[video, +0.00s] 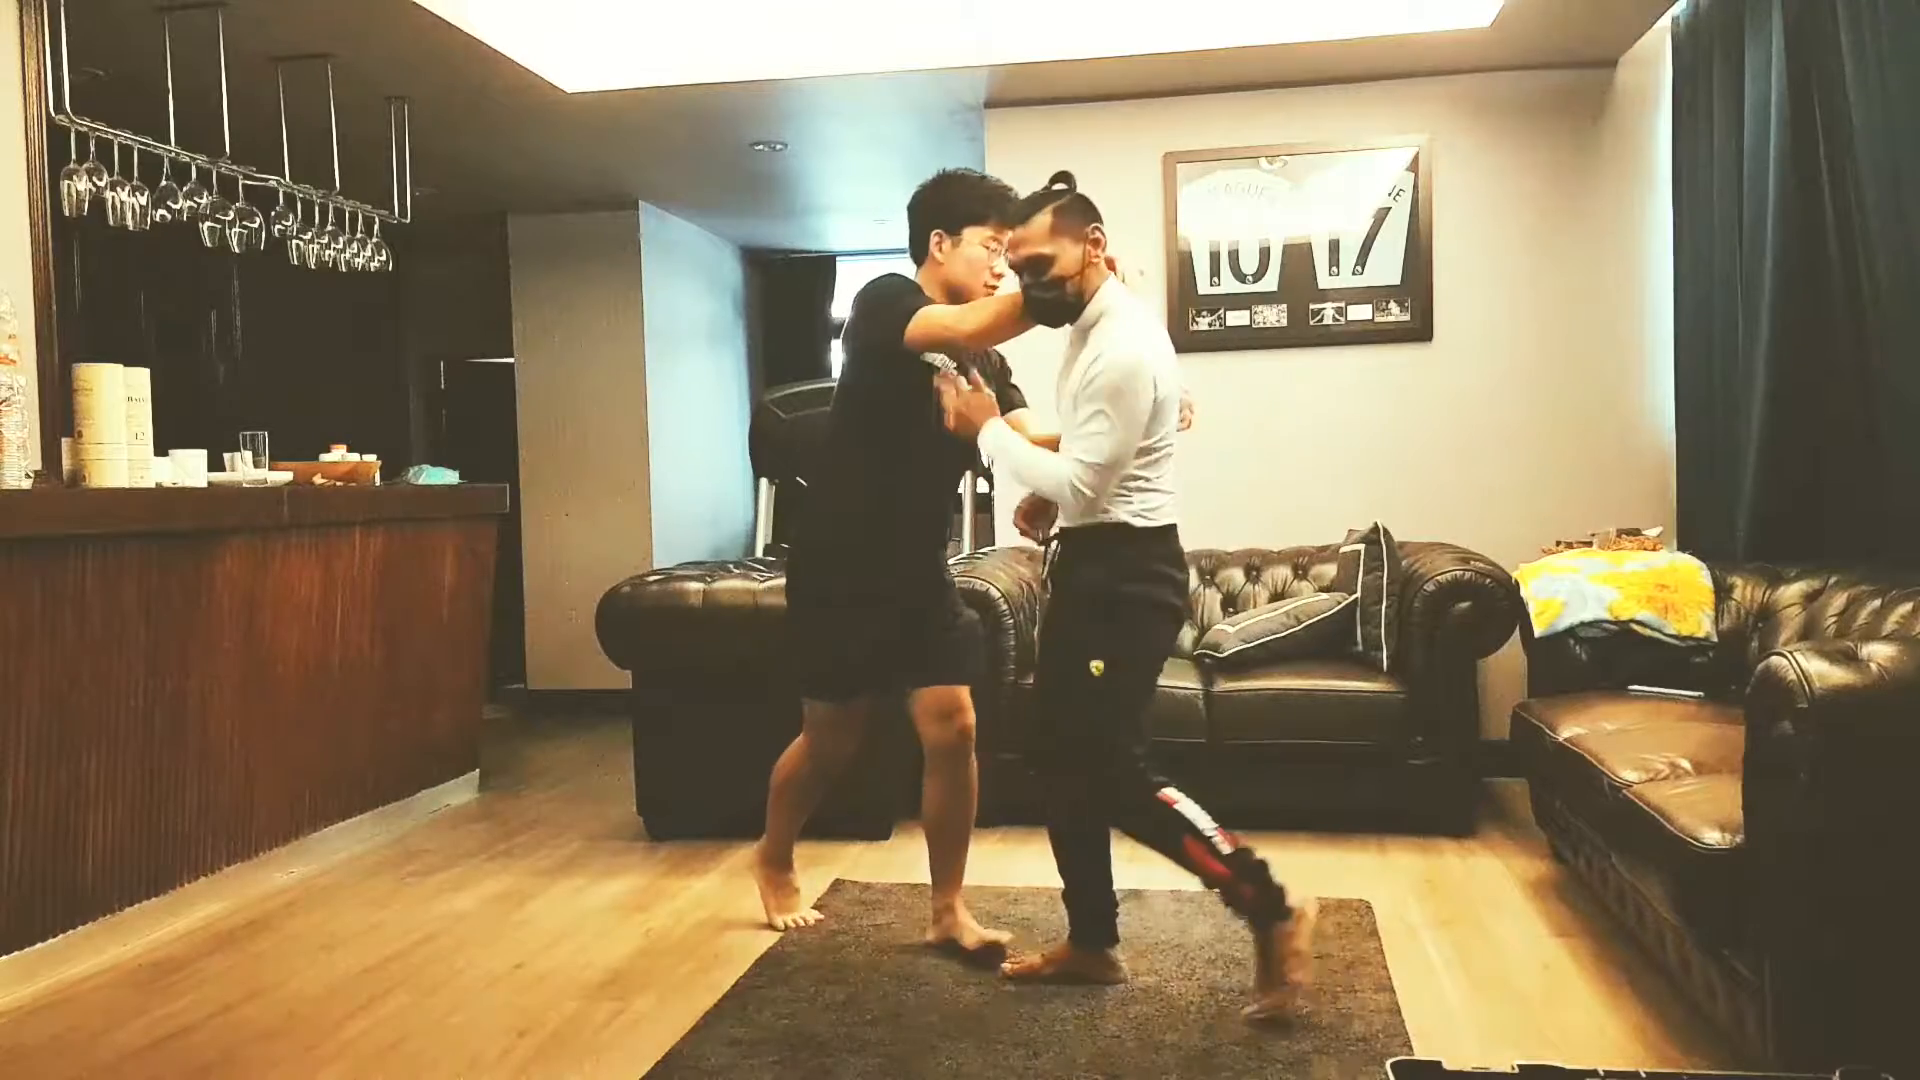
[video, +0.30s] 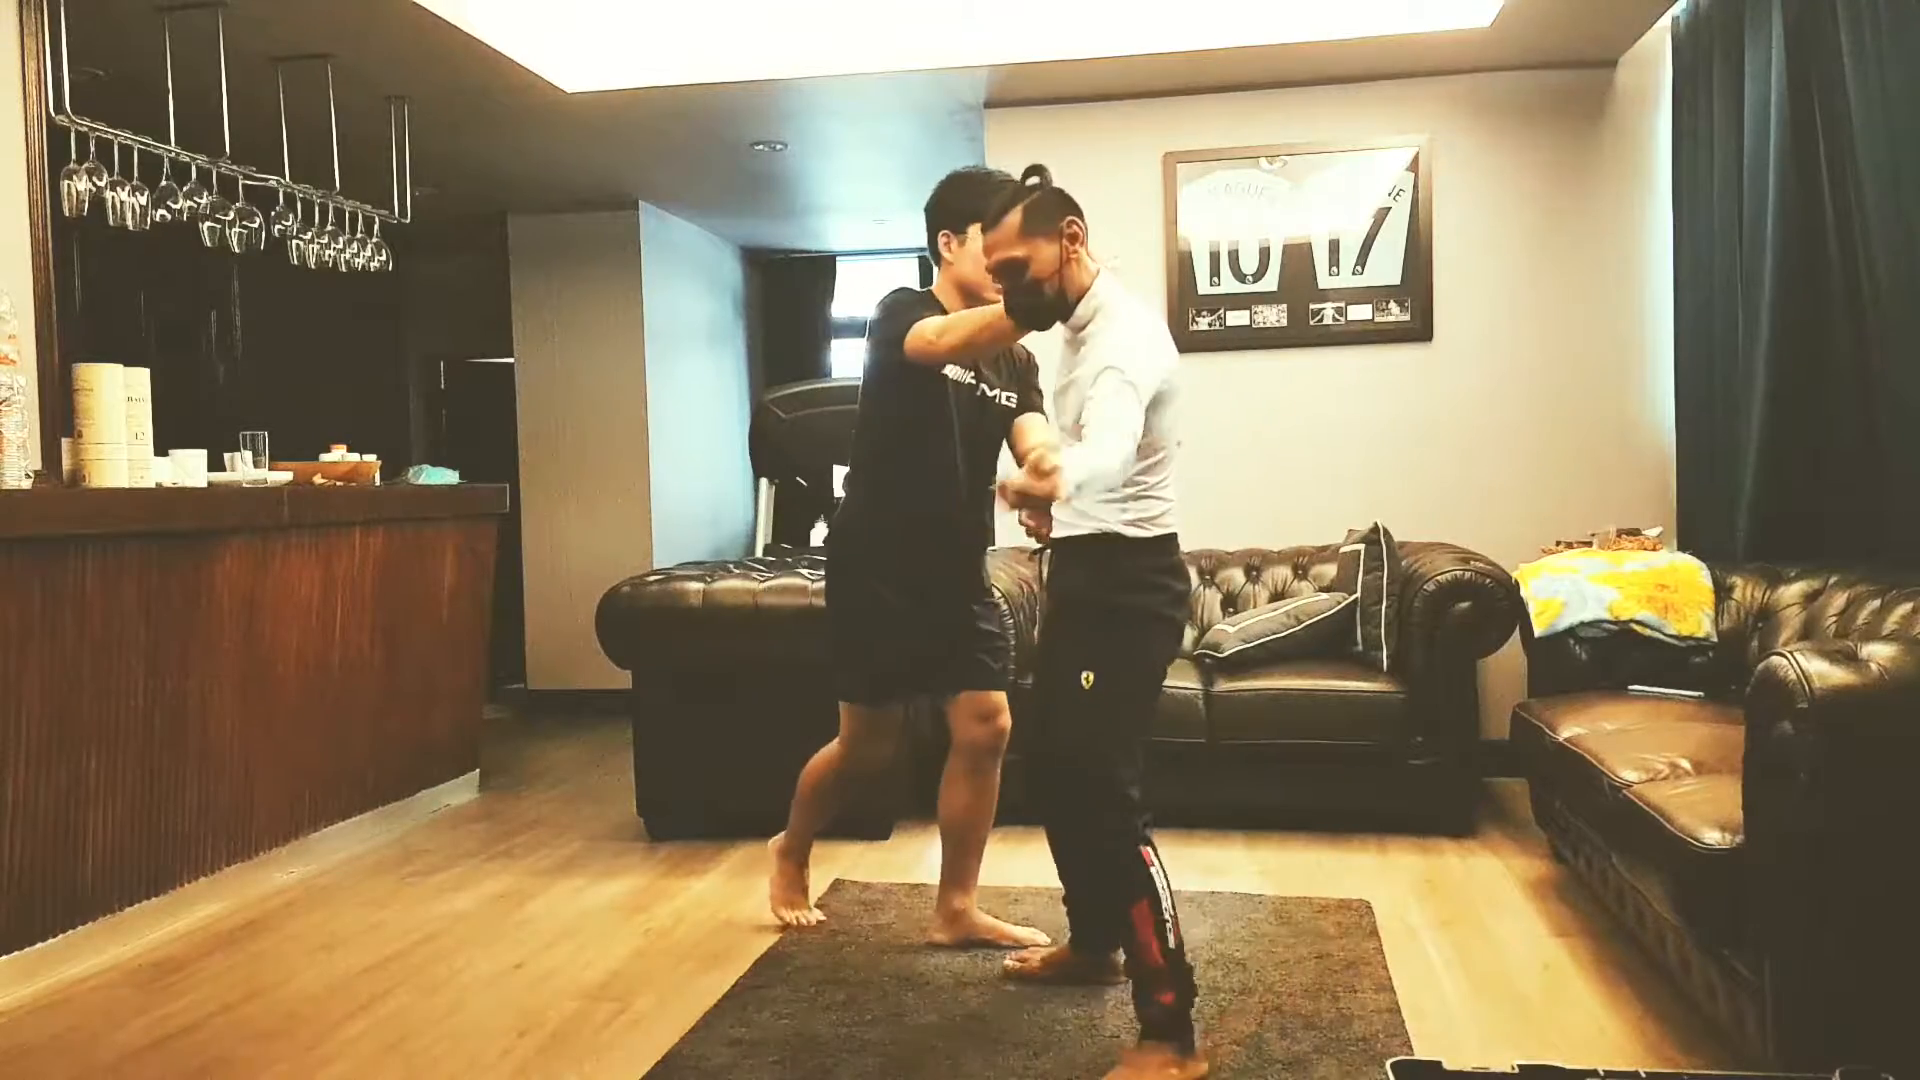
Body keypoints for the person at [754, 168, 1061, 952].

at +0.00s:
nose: (1003, 265)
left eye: (1006, 250)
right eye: (990, 245)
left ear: (966, 252)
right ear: (939, 242)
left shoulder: (977, 352)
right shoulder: (885, 298)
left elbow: (1030, 442)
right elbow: (971, 328)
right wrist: (1059, 279)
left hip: (919, 556)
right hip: (840, 553)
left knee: (952, 725)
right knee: (832, 737)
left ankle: (948, 908)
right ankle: (772, 862)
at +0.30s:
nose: (1011, 263)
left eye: (1015, 249)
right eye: (996, 246)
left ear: (1008, 249)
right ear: (947, 243)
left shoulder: (1009, 350)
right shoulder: (902, 306)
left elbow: (1035, 445)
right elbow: (938, 343)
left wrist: (1046, 470)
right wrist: (1038, 291)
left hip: (958, 565)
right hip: (876, 560)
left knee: (984, 725)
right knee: (864, 746)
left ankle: (957, 908)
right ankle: (791, 851)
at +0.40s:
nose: (1003, 257)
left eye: (1009, 243)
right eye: (986, 240)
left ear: (1015, 246)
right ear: (941, 240)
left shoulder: (1006, 339)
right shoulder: (904, 305)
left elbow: (1023, 450)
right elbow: (921, 357)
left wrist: (1038, 498)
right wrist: (1026, 326)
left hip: (962, 564)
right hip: (879, 558)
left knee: (981, 727)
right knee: (859, 742)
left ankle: (956, 907)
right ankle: (802, 852)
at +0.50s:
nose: (988, 249)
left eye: (997, 235)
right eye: (972, 234)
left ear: (1009, 242)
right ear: (935, 237)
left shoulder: (1010, 346)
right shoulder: (892, 319)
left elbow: (1010, 456)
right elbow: (878, 405)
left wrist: (994, 538)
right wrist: (965, 399)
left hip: (967, 553)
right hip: (877, 549)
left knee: (974, 726)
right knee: (850, 729)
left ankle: (954, 904)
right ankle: (807, 855)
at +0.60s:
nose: (973, 245)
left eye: (984, 231)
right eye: (960, 229)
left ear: (1000, 243)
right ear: (927, 235)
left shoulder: (1009, 353)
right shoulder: (878, 328)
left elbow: (1004, 477)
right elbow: (840, 434)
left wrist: (994, 584)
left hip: (963, 565)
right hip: (869, 554)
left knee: (963, 727)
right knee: (847, 729)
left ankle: (954, 904)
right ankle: (814, 862)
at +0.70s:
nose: (949, 240)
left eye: (962, 225)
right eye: (936, 224)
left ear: (984, 244)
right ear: (910, 236)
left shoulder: (997, 350)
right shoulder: (856, 334)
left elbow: (1005, 471)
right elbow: (814, 448)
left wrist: (1016, 564)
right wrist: (806, 564)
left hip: (954, 576)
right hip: (860, 572)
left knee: (948, 733)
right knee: (842, 733)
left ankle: (954, 903)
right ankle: (822, 878)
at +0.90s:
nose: (895, 249)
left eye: (905, 235)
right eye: (880, 233)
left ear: (930, 246)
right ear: (859, 240)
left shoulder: (956, 336)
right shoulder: (809, 331)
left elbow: (993, 449)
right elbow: (757, 433)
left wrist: (991, 549)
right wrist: (721, 532)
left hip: (925, 564)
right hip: (825, 564)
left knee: (930, 734)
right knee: (820, 734)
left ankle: (963, 896)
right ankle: (812, 885)